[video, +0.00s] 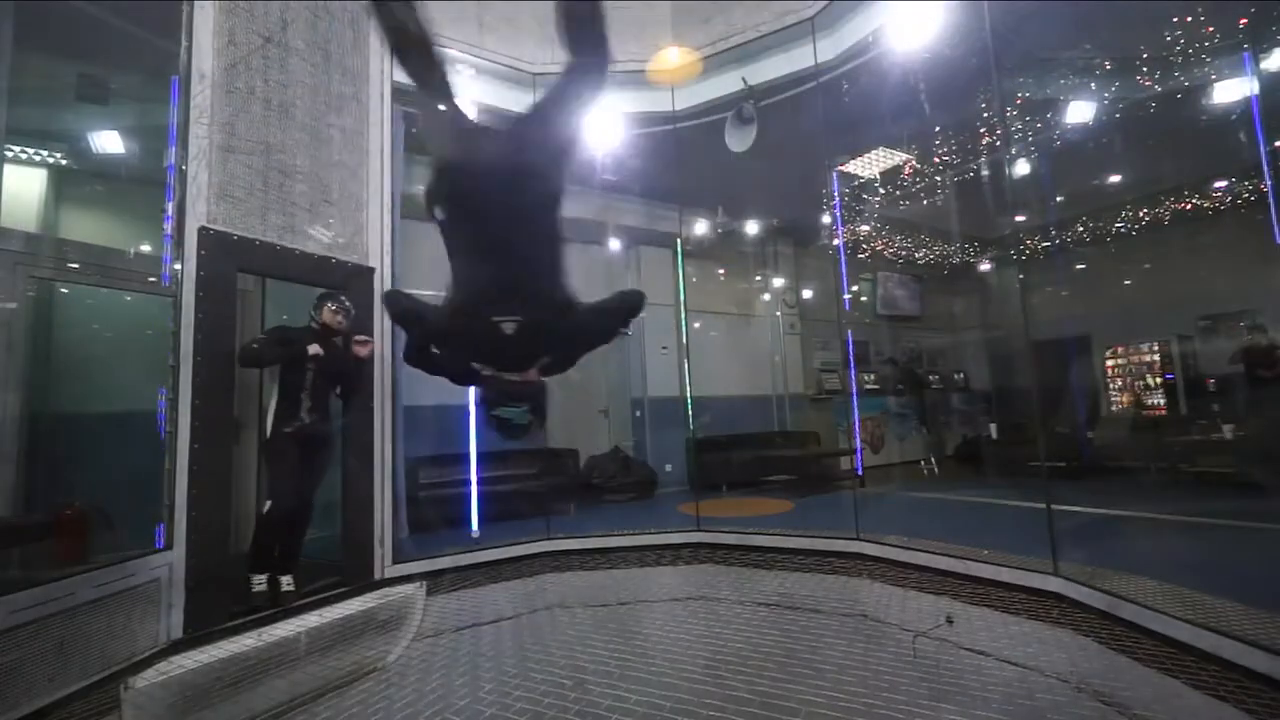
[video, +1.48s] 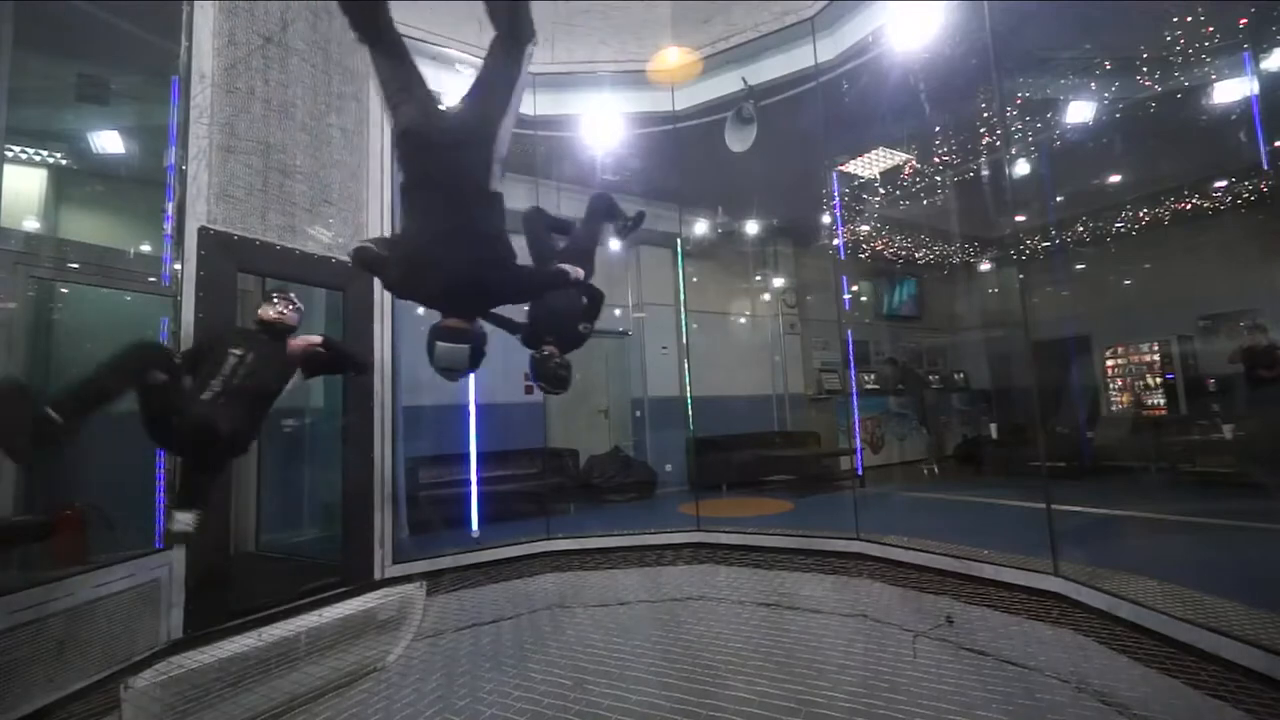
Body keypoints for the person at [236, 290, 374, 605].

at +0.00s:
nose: (338, 316)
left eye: (344, 313)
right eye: (333, 310)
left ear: (348, 321)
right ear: (317, 311)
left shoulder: (342, 348)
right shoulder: (289, 336)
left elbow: (350, 395)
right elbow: (247, 355)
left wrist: (360, 361)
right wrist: (298, 350)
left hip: (318, 437)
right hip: (282, 435)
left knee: (303, 504)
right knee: (281, 502)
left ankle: (286, 572)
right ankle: (258, 571)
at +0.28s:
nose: (335, 315)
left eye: (340, 311)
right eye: (328, 308)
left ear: (343, 318)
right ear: (311, 311)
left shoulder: (337, 352)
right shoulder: (283, 336)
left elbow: (348, 392)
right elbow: (241, 355)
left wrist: (362, 361)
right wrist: (291, 351)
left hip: (311, 439)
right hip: (275, 435)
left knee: (300, 503)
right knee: (273, 501)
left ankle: (286, 573)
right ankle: (265, 571)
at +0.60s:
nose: (319, 312)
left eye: (324, 308)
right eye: (312, 306)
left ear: (329, 314)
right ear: (296, 308)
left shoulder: (325, 351)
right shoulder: (268, 335)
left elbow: (348, 386)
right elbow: (229, 352)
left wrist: (354, 355)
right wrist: (278, 351)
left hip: (303, 436)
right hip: (265, 431)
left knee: (294, 502)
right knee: (240, 478)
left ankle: (283, 571)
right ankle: (252, 552)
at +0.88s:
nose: (315, 311)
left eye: (318, 307)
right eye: (306, 306)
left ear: (322, 313)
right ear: (289, 311)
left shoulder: (320, 351)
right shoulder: (264, 339)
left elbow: (353, 371)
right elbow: (230, 365)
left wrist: (356, 353)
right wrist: (273, 357)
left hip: (300, 437)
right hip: (263, 431)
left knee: (301, 508)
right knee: (230, 458)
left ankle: (282, 573)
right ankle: (227, 534)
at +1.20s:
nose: (305, 312)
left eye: (310, 309)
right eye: (297, 306)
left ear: (314, 321)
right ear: (280, 313)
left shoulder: (312, 352)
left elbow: (329, 356)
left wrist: (341, 356)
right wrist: (218, 349)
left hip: (282, 440)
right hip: (243, 431)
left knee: (288, 516)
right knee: (204, 426)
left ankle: (279, 575)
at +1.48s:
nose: (284, 309)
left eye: (292, 309)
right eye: (278, 303)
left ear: (297, 326)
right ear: (259, 310)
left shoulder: (294, 354)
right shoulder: (225, 336)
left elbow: (356, 364)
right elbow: (179, 361)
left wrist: (320, 344)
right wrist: (162, 378)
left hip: (218, 439)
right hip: (177, 419)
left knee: (218, 420)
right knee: (147, 353)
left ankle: (189, 505)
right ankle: (63, 415)